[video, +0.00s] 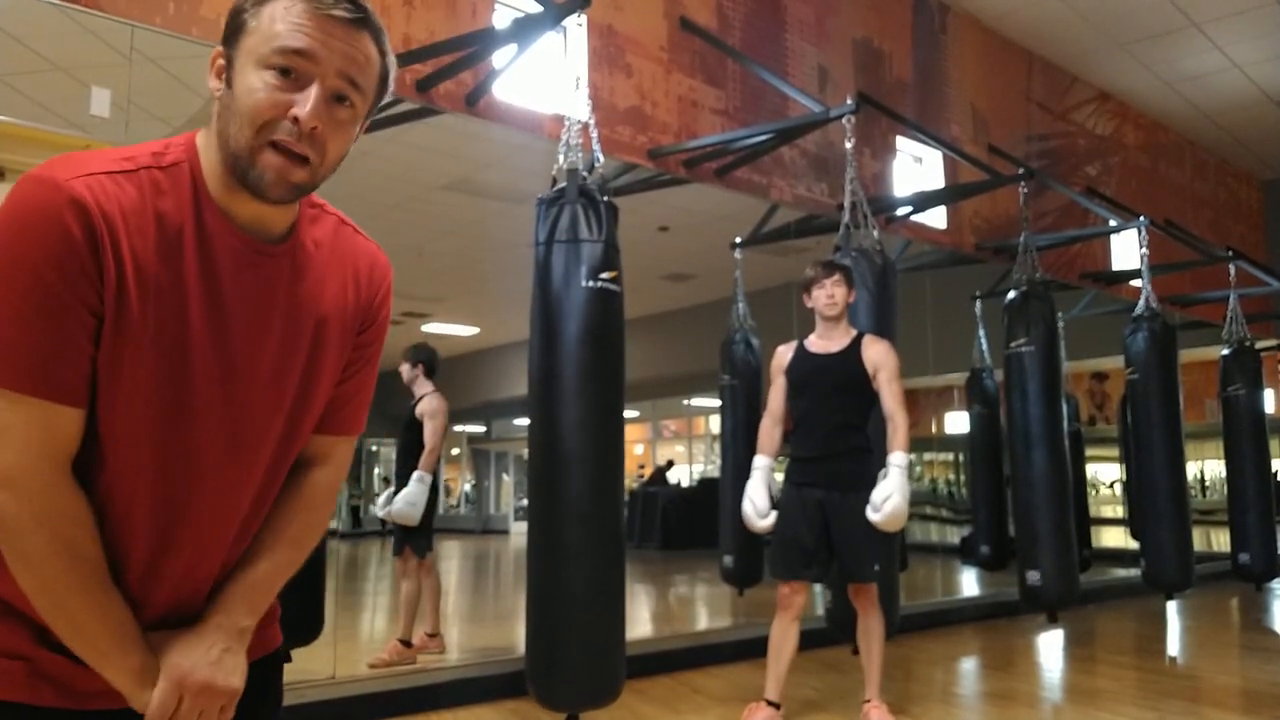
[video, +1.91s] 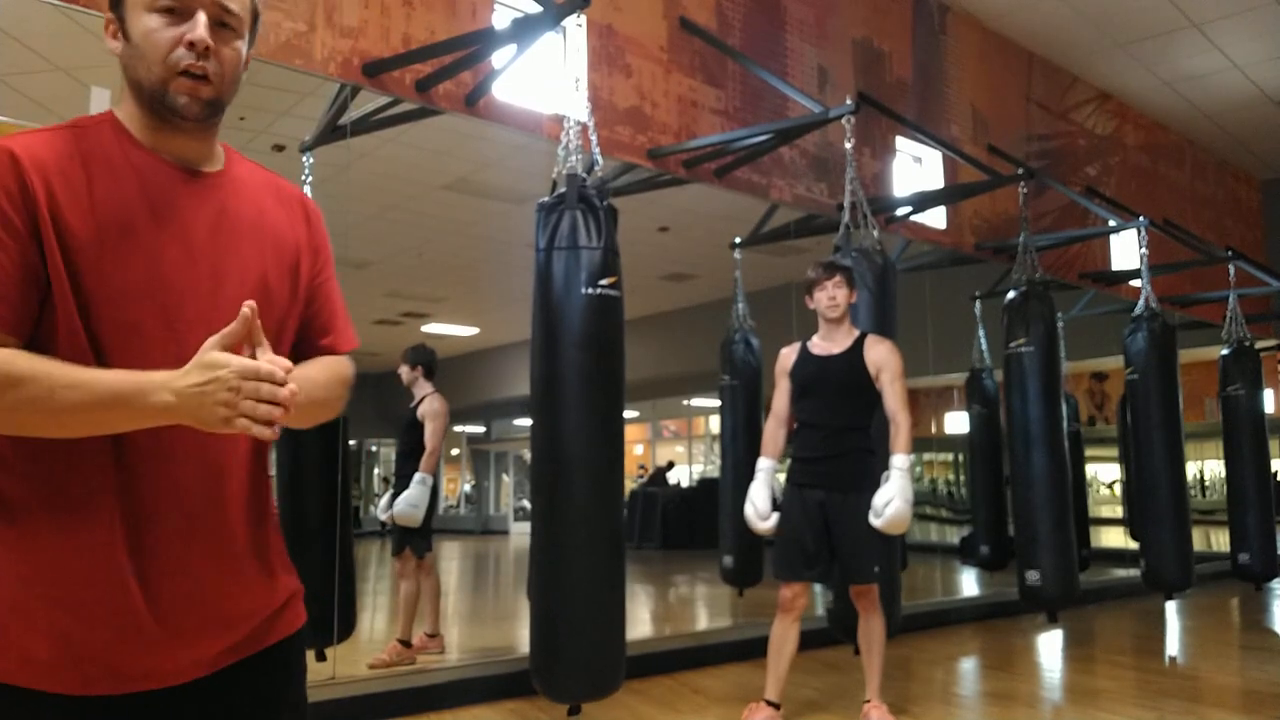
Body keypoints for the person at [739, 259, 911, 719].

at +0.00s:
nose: (830, 293)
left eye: (837, 286)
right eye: (822, 287)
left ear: (851, 295)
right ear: (808, 298)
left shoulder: (875, 350)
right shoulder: (787, 355)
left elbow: (896, 417)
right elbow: (773, 420)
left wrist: (897, 471)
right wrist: (760, 475)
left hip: (859, 491)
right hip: (801, 491)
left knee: (865, 596)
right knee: (788, 597)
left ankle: (872, 700)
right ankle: (770, 702)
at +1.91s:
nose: (831, 294)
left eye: (839, 287)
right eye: (823, 289)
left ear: (852, 296)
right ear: (811, 299)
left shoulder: (879, 351)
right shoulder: (791, 356)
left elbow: (899, 418)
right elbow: (777, 422)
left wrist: (899, 475)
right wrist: (763, 479)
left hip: (860, 493)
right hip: (803, 492)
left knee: (866, 597)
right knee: (789, 599)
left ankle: (873, 701)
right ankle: (770, 703)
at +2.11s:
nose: (831, 295)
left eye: (838, 288)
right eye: (823, 289)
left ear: (853, 295)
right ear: (811, 299)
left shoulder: (880, 351)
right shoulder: (791, 356)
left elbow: (899, 417)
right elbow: (777, 421)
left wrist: (899, 475)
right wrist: (763, 479)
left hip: (860, 491)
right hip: (803, 491)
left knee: (867, 597)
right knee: (791, 599)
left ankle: (873, 701)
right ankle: (770, 703)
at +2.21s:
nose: (831, 295)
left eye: (839, 288)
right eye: (823, 290)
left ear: (853, 296)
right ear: (811, 299)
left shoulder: (880, 352)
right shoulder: (791, 356)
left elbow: (899, 419)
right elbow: (777, 422)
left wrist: (899, 475)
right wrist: (763, 479)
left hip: (860, 492)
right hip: (803, 492)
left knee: (866, 598)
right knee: (791, 599)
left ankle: (873, 701)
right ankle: (770, 703)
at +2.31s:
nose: (831, 295)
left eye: (839, 288)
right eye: (823, 289)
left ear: (853, 296)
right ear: (811, 299)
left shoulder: (879, 351)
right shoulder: (790, 355)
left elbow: (898, 418)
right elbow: (776, 421)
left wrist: (898, 474)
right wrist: (762, 478)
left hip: (859, 492)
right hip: (802, 492)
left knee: (866, 597)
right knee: (791, 599)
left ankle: (873, 701)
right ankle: (770, 703)